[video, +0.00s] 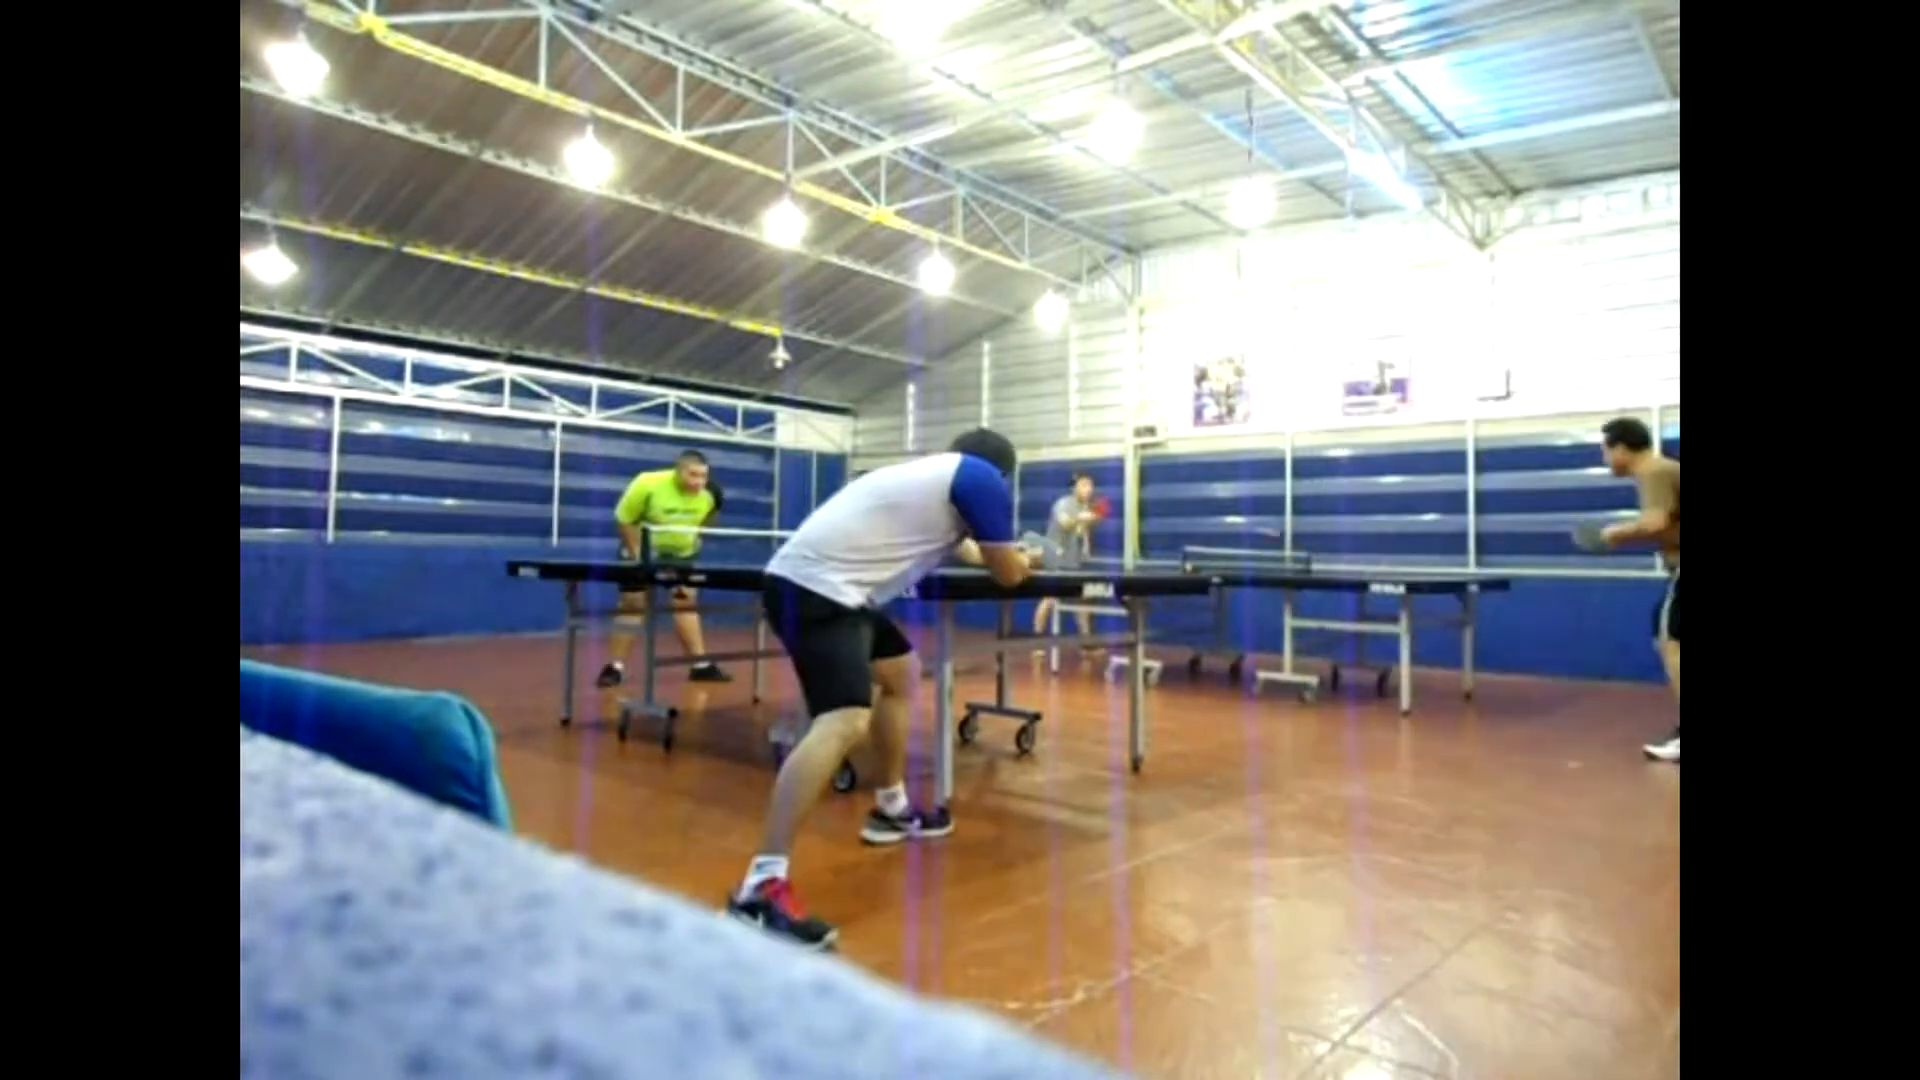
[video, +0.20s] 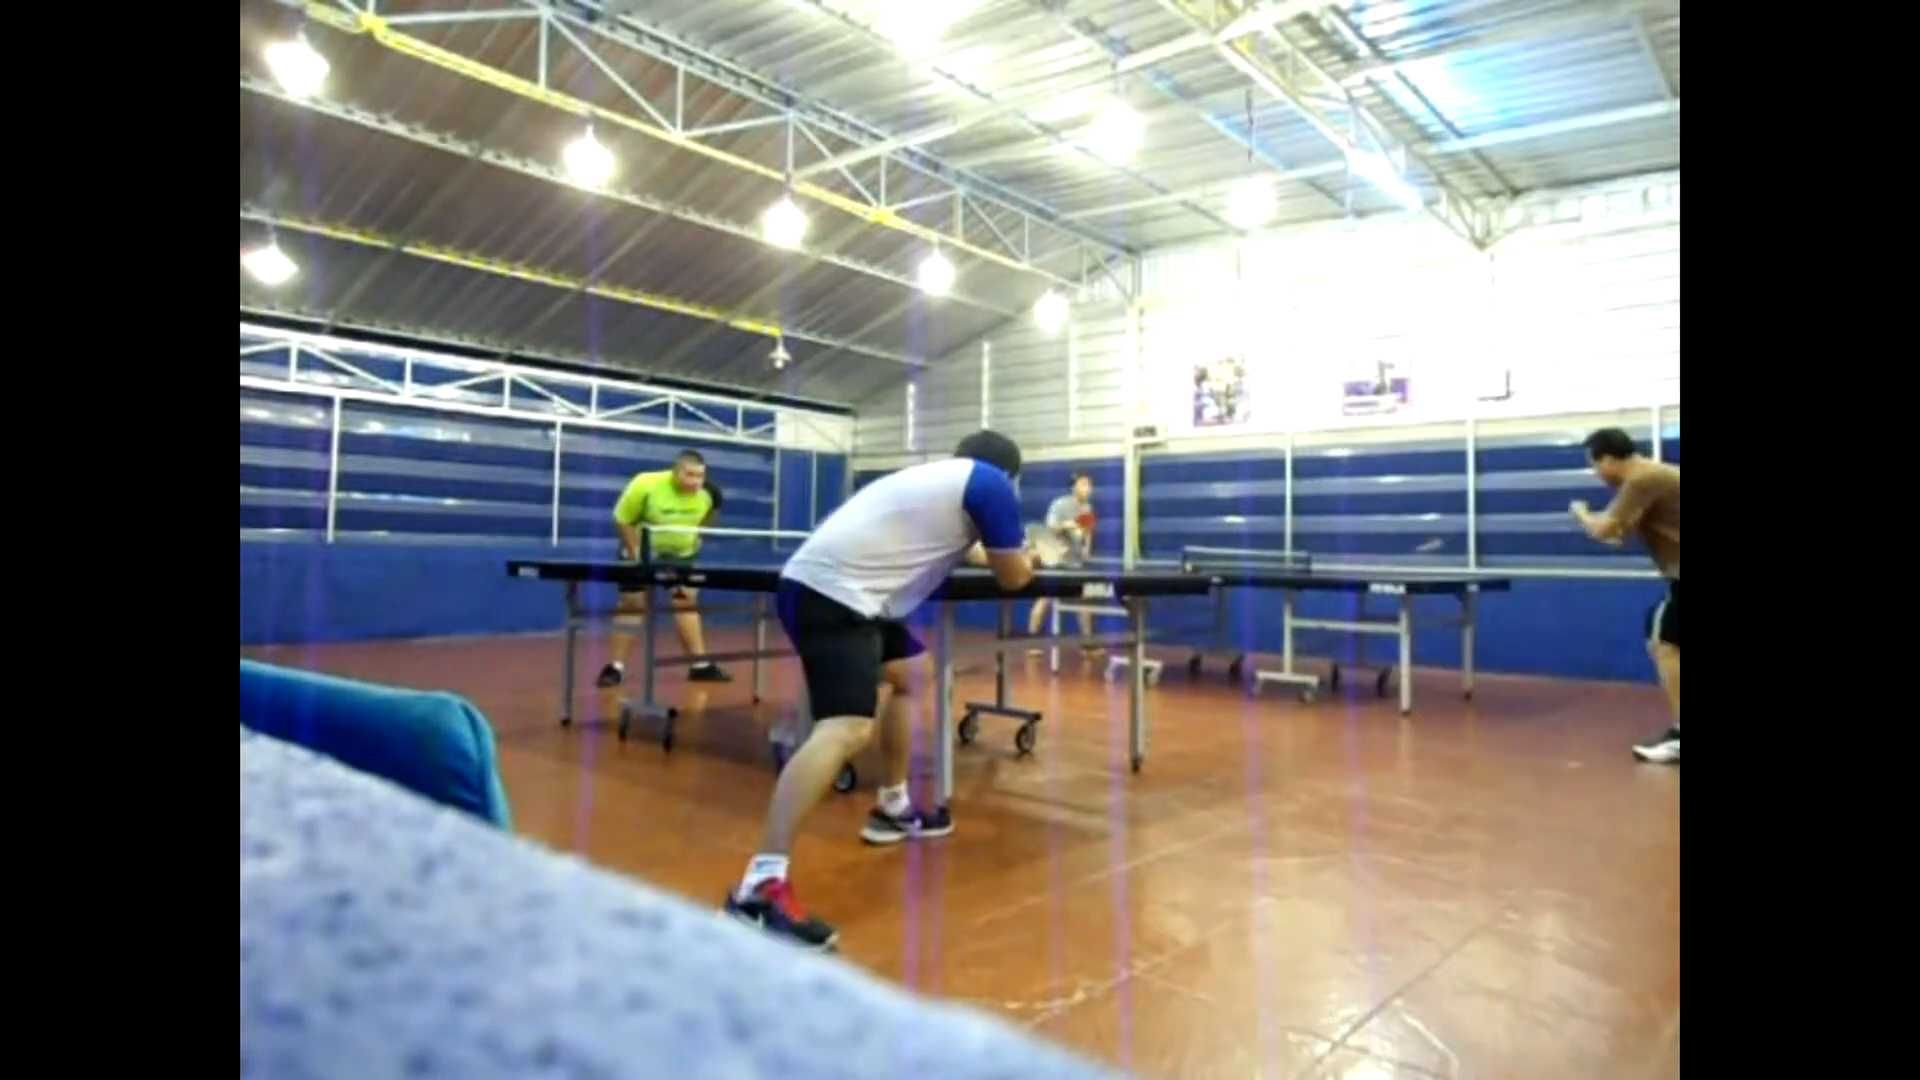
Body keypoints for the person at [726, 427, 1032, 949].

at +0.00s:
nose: (1008, 488)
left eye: (1008, 481)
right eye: (1008, 480)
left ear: (964, 454)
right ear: (1000, 471)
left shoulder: (931, 477)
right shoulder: (980, 480)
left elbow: (955, 547)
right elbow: (1009, 574)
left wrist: (1004, 556)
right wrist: (1023, 558)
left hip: (840, 587)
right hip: (813, 585)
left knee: (898, 671)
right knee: (844, 719)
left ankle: (892, 809)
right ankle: (761, 884)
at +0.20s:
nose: (1014, 488)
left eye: (1013, 481)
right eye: (1014, 480)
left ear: (968, 455)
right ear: (1005, 472)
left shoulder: (935, 477)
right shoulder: (989, 484)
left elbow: (961, 554)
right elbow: (1013, 576)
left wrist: (1012, 555)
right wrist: (1030, 558)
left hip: (855, 592)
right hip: (828, 591)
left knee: (908, 676)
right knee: (847, 727)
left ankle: (894, 808)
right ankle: (761, 883)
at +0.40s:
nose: (1017, 467)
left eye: (1018, 460)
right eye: (1017, 459)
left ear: (970, 441)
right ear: (1009, 452)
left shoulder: (937, 467)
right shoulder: (991, 472)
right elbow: (1016, 569)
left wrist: (1019, 551)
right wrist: (1035, 557)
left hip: (869, 598)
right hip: (842, 594)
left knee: (931, 677)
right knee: (836, 726)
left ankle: (899, 806)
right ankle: (764, 879)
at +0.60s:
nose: (1019, 437)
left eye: (1018, 428)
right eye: (1018, 427)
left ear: (971, 413)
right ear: (1008, 424)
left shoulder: (950, 443)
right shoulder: (978, 447)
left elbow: (1004, 525)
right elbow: (1017, 538)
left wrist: (1048, 524)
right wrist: (1058, 537)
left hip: (875, 591)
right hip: (844, 585)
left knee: (937, 678)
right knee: (836, 716)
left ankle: (903, 805)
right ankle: (770, 876)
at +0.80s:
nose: (1014, 412)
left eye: (1014, 401)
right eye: (1014, 400)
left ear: (961, 388)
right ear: (1001, 399)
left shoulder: (944, 429)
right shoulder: (962, 429)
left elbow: (988, 500)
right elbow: (1022, 515)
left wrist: (1033, 486)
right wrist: (1084, 502)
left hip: (869, 581)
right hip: (843, 575)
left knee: (927, 672)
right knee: (838, 709)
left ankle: (901, 806)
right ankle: (759, 873)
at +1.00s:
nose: (1017, 394)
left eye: (1017, 385)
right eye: (1016, 384)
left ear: (961, 371)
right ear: (1004, 383)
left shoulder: (933, 414)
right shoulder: (964, 408)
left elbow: (925, 502)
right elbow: (1036, 484)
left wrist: (984, 535)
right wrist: (1102, 448)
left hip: (861, 572)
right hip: (839, 569)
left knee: (887, 681)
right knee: (839, 724)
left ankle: (886, 804)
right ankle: (750, 887)